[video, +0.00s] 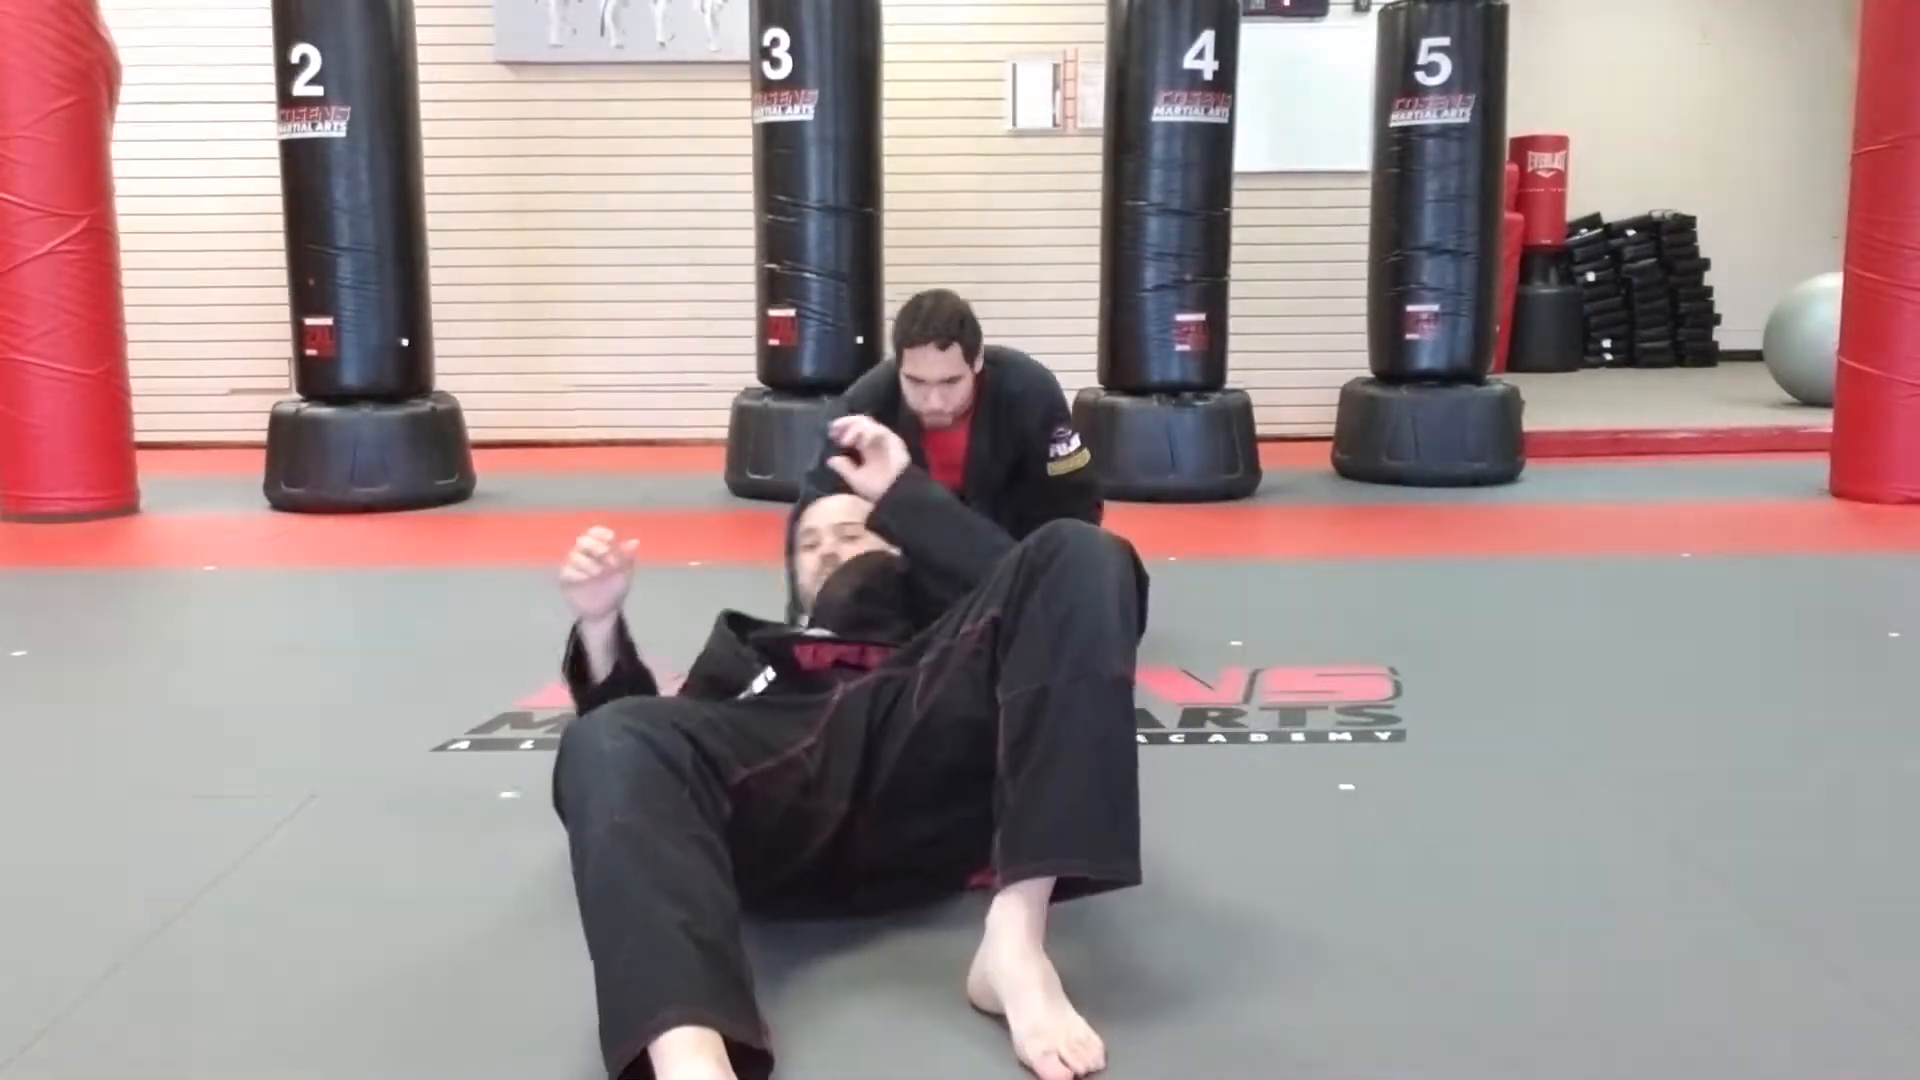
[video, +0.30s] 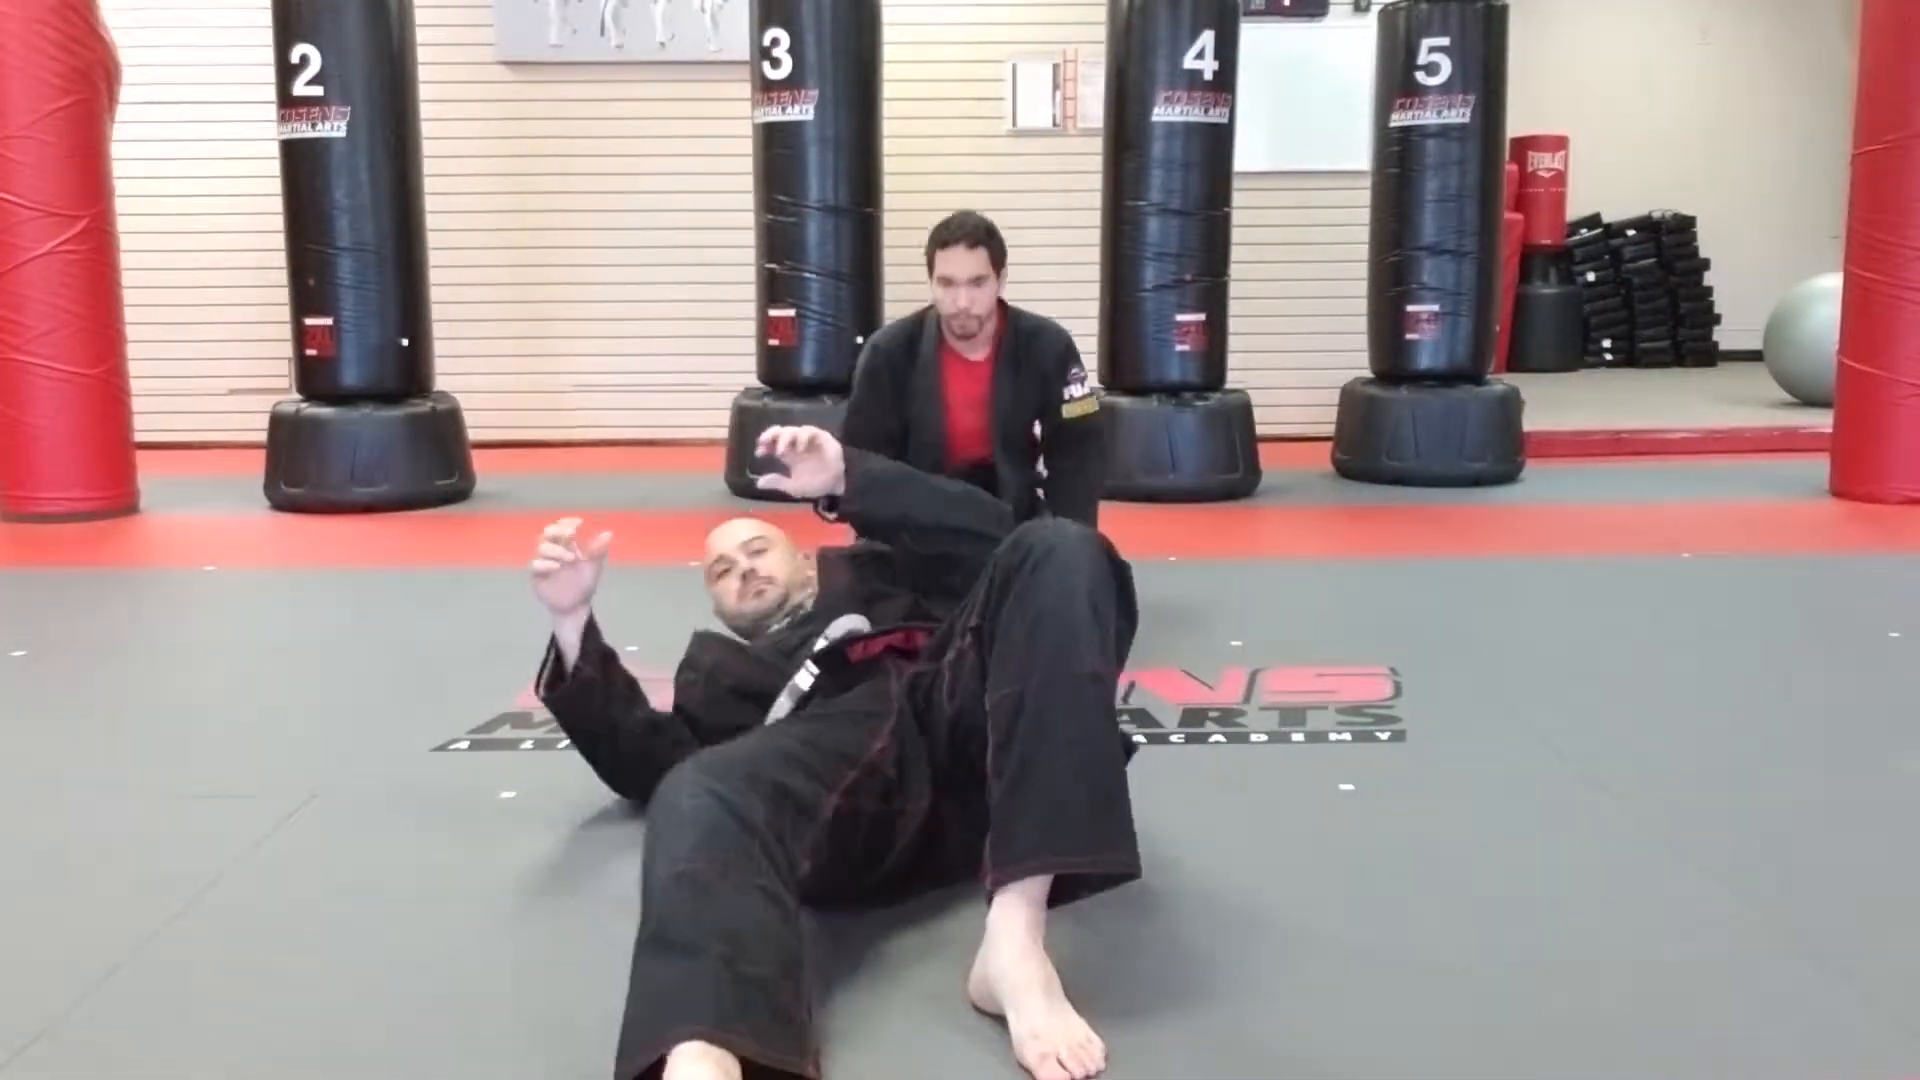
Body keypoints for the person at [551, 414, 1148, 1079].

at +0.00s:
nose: (834, 545)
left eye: (856, 531)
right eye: (812, 542)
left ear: (901, 548)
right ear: (793, 580)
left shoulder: (953, 642)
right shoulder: (747, 654)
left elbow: (1035, 580)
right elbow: (637, 740)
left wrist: (906, 494)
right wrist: (601, 625)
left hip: (933, 757)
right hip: (765, 765)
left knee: (1083, 556)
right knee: (612, 743)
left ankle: (1017, 936)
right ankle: (689, 1056)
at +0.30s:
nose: (743, 567)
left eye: (755, 549)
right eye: (722, 572)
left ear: (799, 555)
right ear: (716, 611)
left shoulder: (873, 571)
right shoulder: (719, 673)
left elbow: (998, 531)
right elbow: (654, 772)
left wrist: (846, 476)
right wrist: (574, 625)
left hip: (963, 698)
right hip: (832, 749)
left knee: (1061, 549)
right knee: (697, 793)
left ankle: (1017, 932)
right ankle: (699, 1057)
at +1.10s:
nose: (973, 529)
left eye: (994, 526)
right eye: (952, 522)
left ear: (1026, 562)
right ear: (923, 559)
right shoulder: (868, 613)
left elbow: (1172, 676)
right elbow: (777, 584)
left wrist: (1110, 549)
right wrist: (876, 469)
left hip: (1022, 782)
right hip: (872, 775)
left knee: (1096, 567)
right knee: (767, 582)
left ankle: (1040, 933)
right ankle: (825, 940)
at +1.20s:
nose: (966, 530)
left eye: (986, 531)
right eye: (947, 527)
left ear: (1016, 568)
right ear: (916, 568)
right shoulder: (864, 607)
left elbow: (1169, 654)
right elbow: (775, 575)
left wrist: (1099, 540)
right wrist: (868, 475)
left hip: (1018, 787)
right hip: (869, 782)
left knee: (1083, 563)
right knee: (760, 585)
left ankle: (1036, 936)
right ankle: (824, 942)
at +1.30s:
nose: (950, 535)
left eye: (971, 537)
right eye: (932, 536)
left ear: (1003, 571)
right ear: (902, 574)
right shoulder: (855, 604)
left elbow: (1150, 625)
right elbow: (769, 570)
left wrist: (1055, 538)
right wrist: (850, 496)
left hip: (1009, 785)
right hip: (863, 785)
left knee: (1070, 559)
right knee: (754, 583)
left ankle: (1033, 937)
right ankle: (824, 942)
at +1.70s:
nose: (871, 378)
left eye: (889, 356)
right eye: (852, 359)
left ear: (919, 328)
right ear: (827, 337)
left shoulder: (969, 354)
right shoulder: (797, 379)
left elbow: (1029, 485)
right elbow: (776, 542)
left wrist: (986, 539)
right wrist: (841, 534)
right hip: (843, 604)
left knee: (1041, 559)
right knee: (726, 593)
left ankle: (1027, 931)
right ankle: (818, 936)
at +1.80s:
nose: (863, 402)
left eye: (881, 382)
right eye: (843, 383)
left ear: (912, 352)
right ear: (817, 357)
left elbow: (1026, 525)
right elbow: (771, 548)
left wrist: (942, 589)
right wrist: (868, 586)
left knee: (1040, 558)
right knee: (727, 591)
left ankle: (1027, 928)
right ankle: (817, 934)